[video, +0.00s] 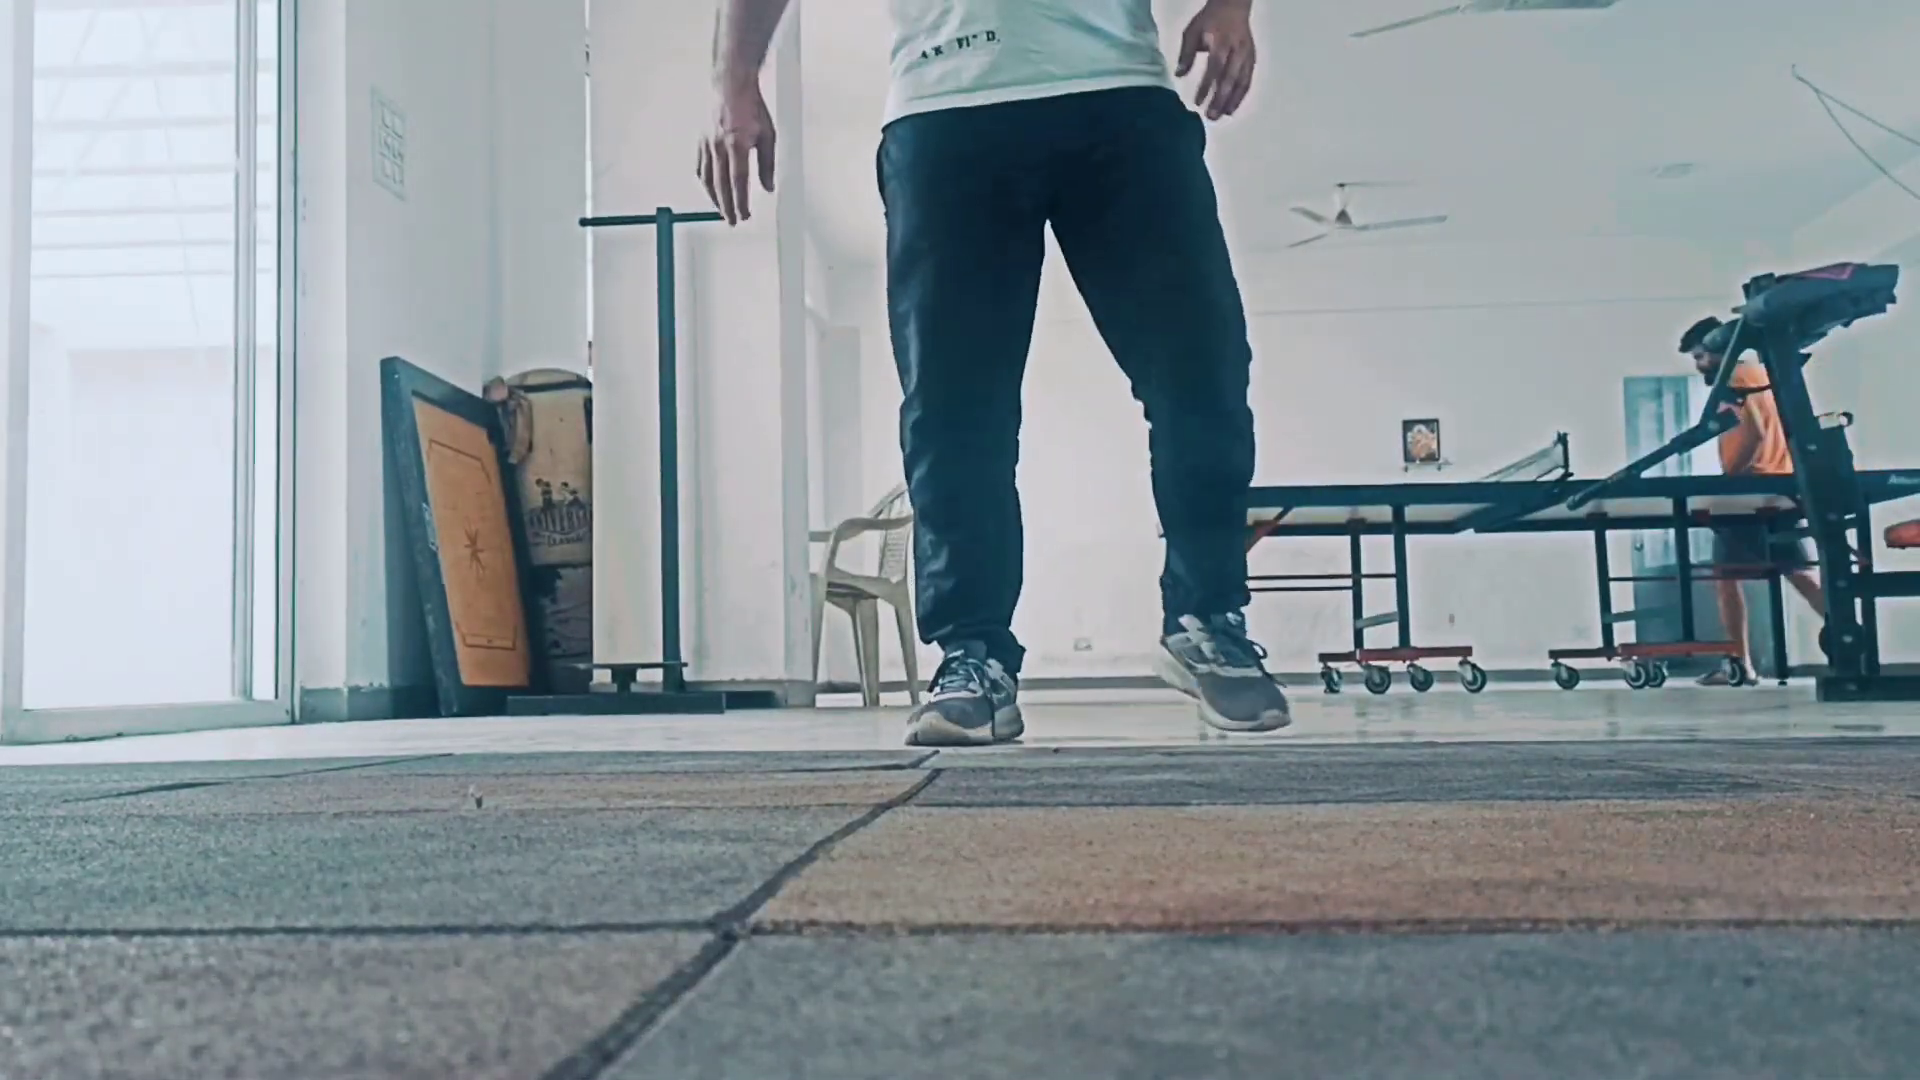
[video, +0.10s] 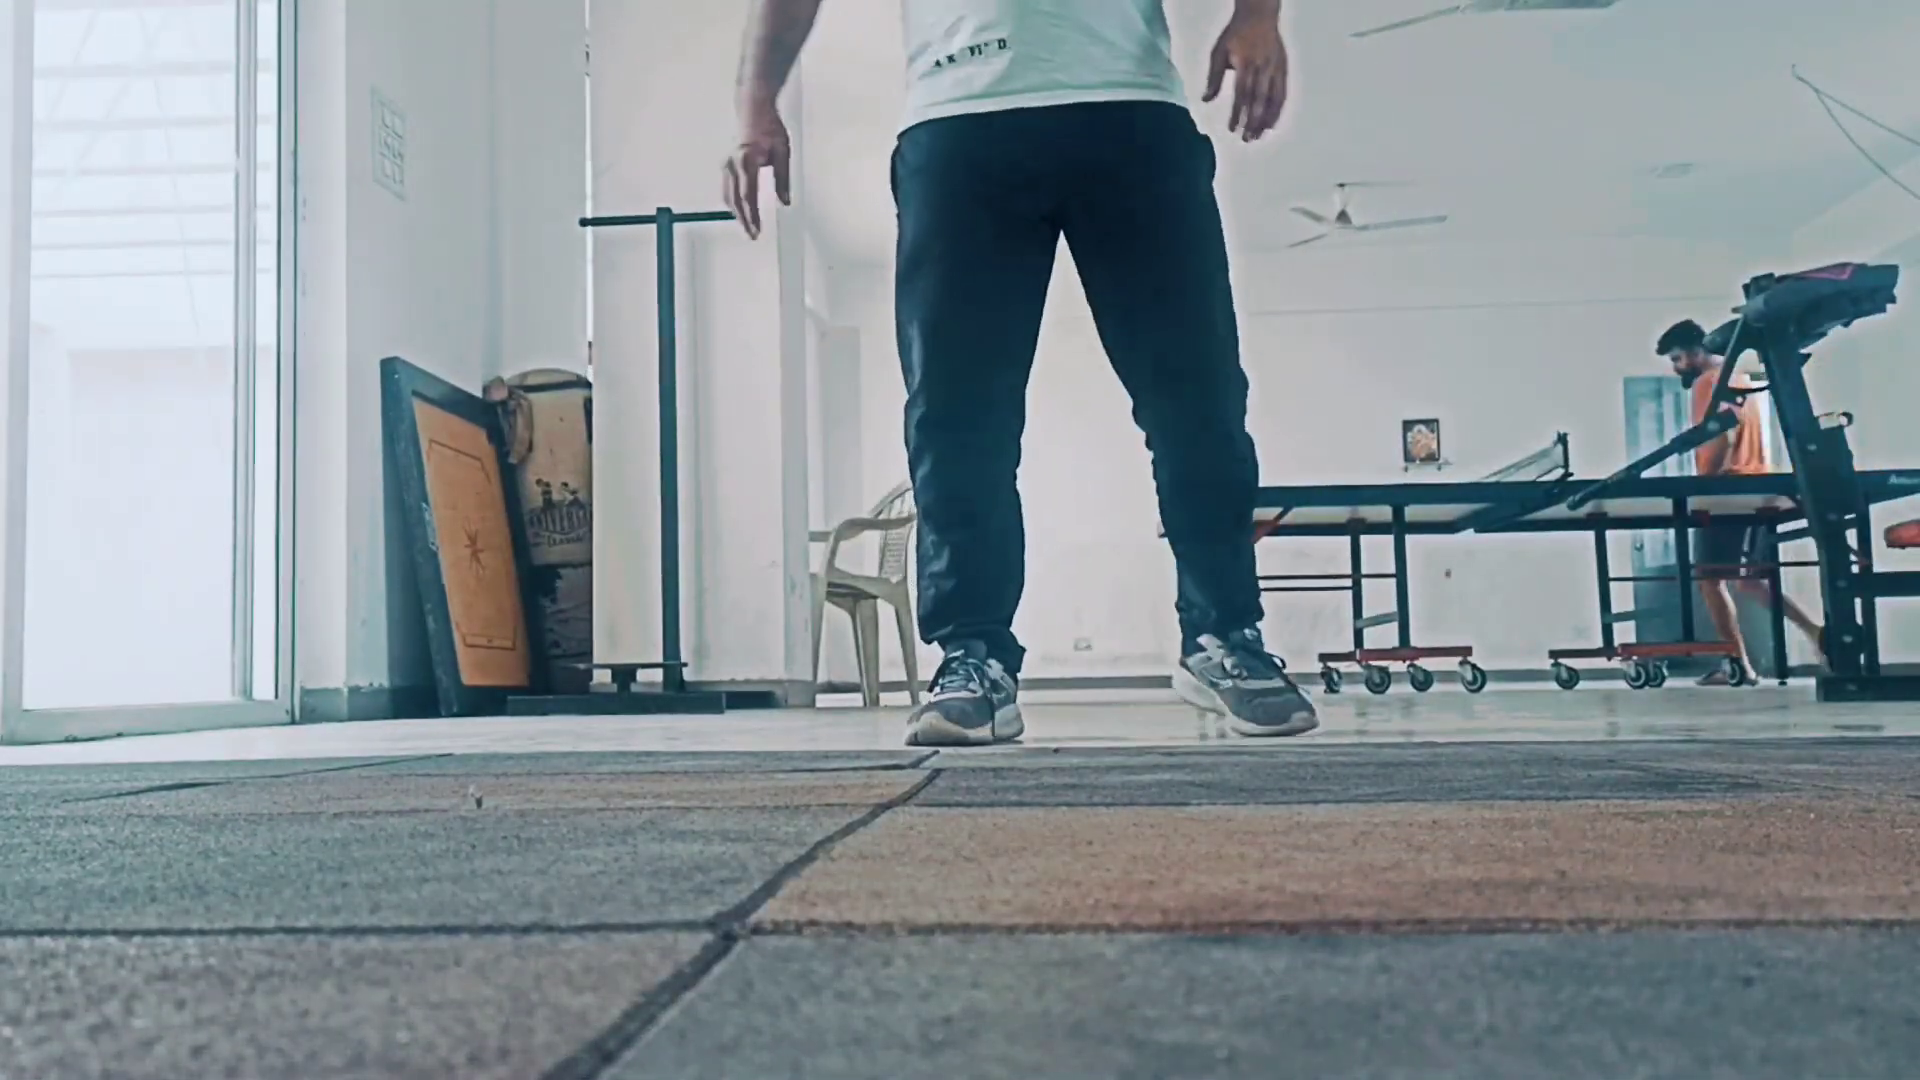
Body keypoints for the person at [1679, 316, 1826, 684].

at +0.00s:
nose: (1697, 367)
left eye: (1698, 357)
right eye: (1693, 359)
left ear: (1715, 350)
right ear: (1729, 347)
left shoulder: (1733, 378)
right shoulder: (1767, 373)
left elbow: (1750, 431)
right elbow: (1785, 429)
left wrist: (1723, 481)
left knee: (1725, 574)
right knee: (1799, 572)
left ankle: (1739, 664)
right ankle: (1849, 636)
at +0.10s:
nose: (1675, 368)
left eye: (1676, 359)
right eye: (1671, 361)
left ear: (1691, 352)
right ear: (1703, 350)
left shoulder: (1708, 383)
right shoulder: (1741, 377)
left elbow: (1720, 441)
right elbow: (1750, 438)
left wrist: (1701, 492)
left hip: (1725, 492)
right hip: (1758, 487)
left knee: (1709, 576)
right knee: (1750, 578)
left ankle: (1739, 664)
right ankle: (1818, 633)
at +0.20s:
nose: (1652, 371)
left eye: (1655, 361)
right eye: (1649, 364)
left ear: (1675, 354)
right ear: (1684, 354)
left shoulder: (1684, 385)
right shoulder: (1716, 376)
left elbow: (1687, 445)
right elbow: (1725, 437)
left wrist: (1675, 490)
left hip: (1705, 488)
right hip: (1731, 484)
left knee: (1704, 577)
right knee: (1710, 576)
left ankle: (1735, 661)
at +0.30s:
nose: (1627, 374)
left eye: (1629, 364)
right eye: (1624, 366)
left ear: (1647, 357)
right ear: (1654, 357)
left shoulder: (1662, 386)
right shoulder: (1685, 381)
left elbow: (1659, 450)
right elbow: (1702, 445)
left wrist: (1642, 487)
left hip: (1683, 489)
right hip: (1701, 486)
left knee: (1696, 577)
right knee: (1659, 573)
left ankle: (1738, 662)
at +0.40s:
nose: (1601, 378)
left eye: (1602, 368)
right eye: (1597, 371)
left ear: (1620, 360)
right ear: (1626, 361)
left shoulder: (1637, 390)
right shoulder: (1658, 386)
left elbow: (1637, 454)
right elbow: (1685, 453)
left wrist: (1613, 491)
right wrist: (1695, 498)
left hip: (1655, 495)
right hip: (1670, 491)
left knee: (1681, 579)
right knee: (1635, 578)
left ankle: (1733, 656)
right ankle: (1622, 660)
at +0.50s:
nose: (1583, 384)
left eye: (1584, 374)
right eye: (1579, 377)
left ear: (1600, 366)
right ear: (1607, 367)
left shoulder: (1620, 395)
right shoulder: (1638, 390)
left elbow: (1619, 461)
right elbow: (1667, 454)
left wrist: (1597, 501)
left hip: (1642, 497)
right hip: (1654, 494)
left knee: (1651, 583)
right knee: (1618, 582)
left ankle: (1719, 649)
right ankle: (1600, 664)